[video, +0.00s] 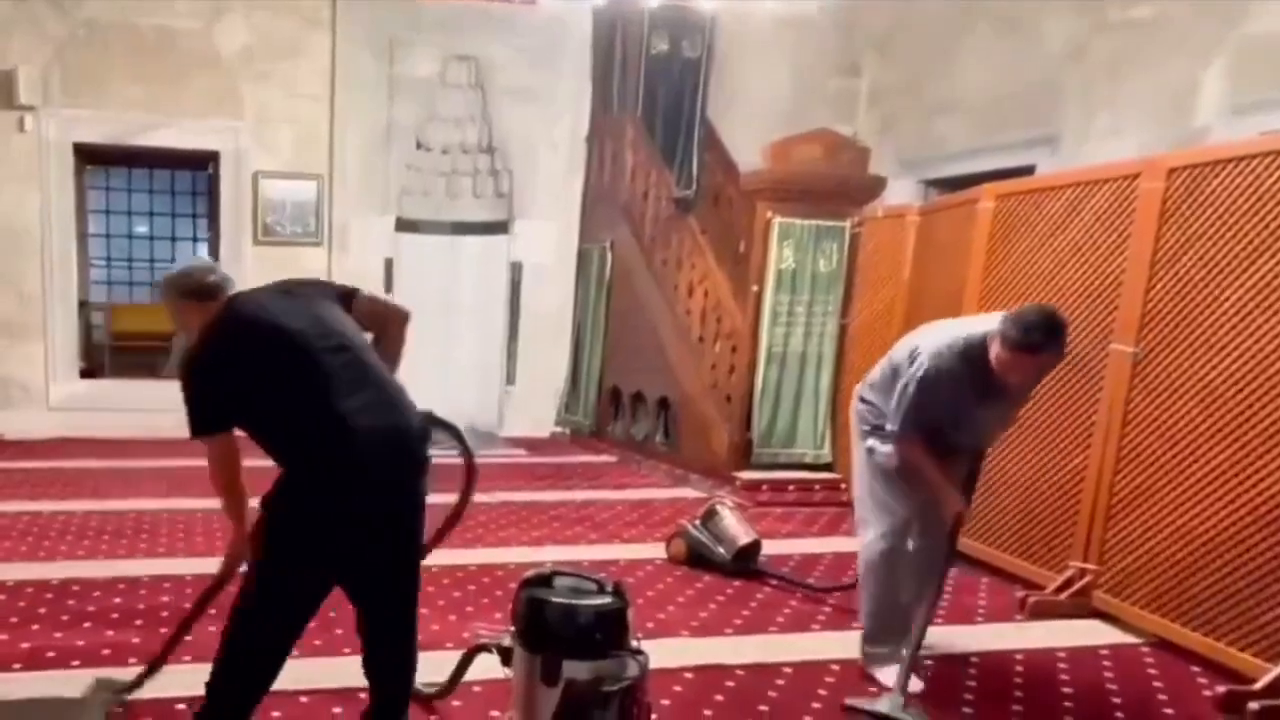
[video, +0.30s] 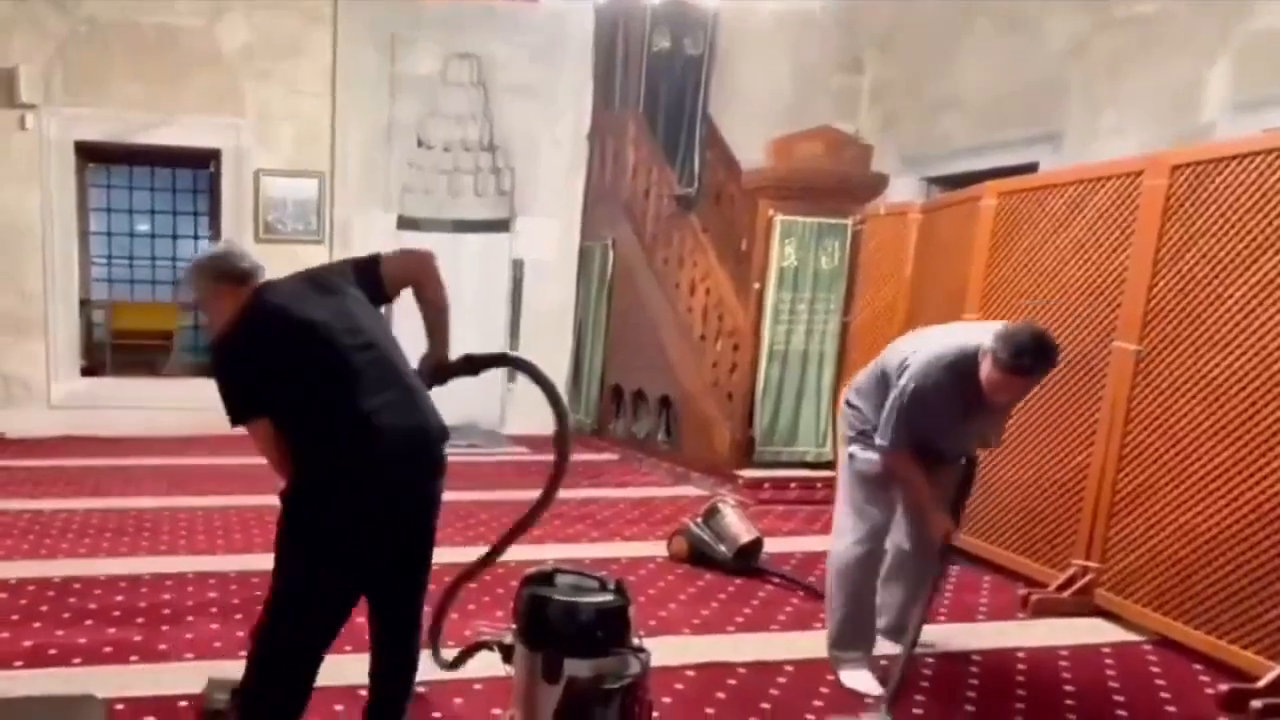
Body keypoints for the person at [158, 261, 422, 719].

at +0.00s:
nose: (181, 332)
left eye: (178, 320)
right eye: (176, 321)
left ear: (189, 310)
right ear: (227, 290)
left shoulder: (205, 358)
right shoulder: (301, 290)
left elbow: (225, 466)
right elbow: (392, 317)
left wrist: (239, 533)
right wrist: (374, 396)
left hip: (325, 469)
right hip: (402, 449)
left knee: (266, 616)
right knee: (391, 614)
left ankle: (221, 711)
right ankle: (388, 711)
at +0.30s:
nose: (205, 318)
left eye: (204, 305)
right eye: (200, 307)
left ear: (222, 293)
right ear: (255, 278)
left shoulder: (235, 345)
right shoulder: (325, 280)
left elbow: (277, 454)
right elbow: (420, 263)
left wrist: (301, 488)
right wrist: (439, 352)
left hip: (339, 473)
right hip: (419, 451)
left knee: (294, 629)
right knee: (398, 619)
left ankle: (262, 711)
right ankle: (387, 714)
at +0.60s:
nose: (177, 322)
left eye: (175, 309)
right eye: (172, 311)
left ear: (191, 296)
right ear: (225, 281)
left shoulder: (204, 348)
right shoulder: (302, 292)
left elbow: (230, 462)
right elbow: (394, 316)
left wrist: (246, 517)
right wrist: (386, 402)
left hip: (317, 478)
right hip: (394, 464)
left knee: (264, 641)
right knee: (382, 630)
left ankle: (242, 716)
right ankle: (384, 712)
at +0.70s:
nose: (145, 327)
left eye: (143, 313)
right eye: (140, 315)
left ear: (161, 300)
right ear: (195, 286)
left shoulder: (180, 351)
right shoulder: (270, 302)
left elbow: (191, 471)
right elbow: (359, 354)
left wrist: (188, 536)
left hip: (297, 480)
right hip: (374, 462)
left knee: (250, 645)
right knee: (373, 629)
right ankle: (383, 711)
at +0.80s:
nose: (113, 333)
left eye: (111, 320)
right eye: (108, 322)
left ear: (128, 310)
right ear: (166, 293)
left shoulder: (146, 359)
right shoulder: (234, 312)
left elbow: (147, 475)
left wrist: (132, 545)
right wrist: (244, 476)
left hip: (279, 486)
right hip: (356, 465)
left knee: (233, 650)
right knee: (362, 633)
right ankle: (381, 710)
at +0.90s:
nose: (85, 350)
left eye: (84, 334)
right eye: (80, 336)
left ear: (102, 320)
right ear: (137, 304)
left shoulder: (117, 373)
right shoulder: (202, 322)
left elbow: (109, 490)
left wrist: (76, 567)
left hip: (266, 489)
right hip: (343, 464)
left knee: (218, 659)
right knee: (356, 630)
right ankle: (378, 710)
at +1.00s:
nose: (63, 361)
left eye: (60, 347)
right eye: (57, 349)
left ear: (79, 333)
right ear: (115, 316)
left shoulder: (99, 385)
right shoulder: (188, 336)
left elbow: (76, 495)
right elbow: (202, 465)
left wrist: (27, 575)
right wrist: (150, 536)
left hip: (247, 493)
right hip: (331, 465)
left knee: (215, 657)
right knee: (356, 634)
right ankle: (379, 709)